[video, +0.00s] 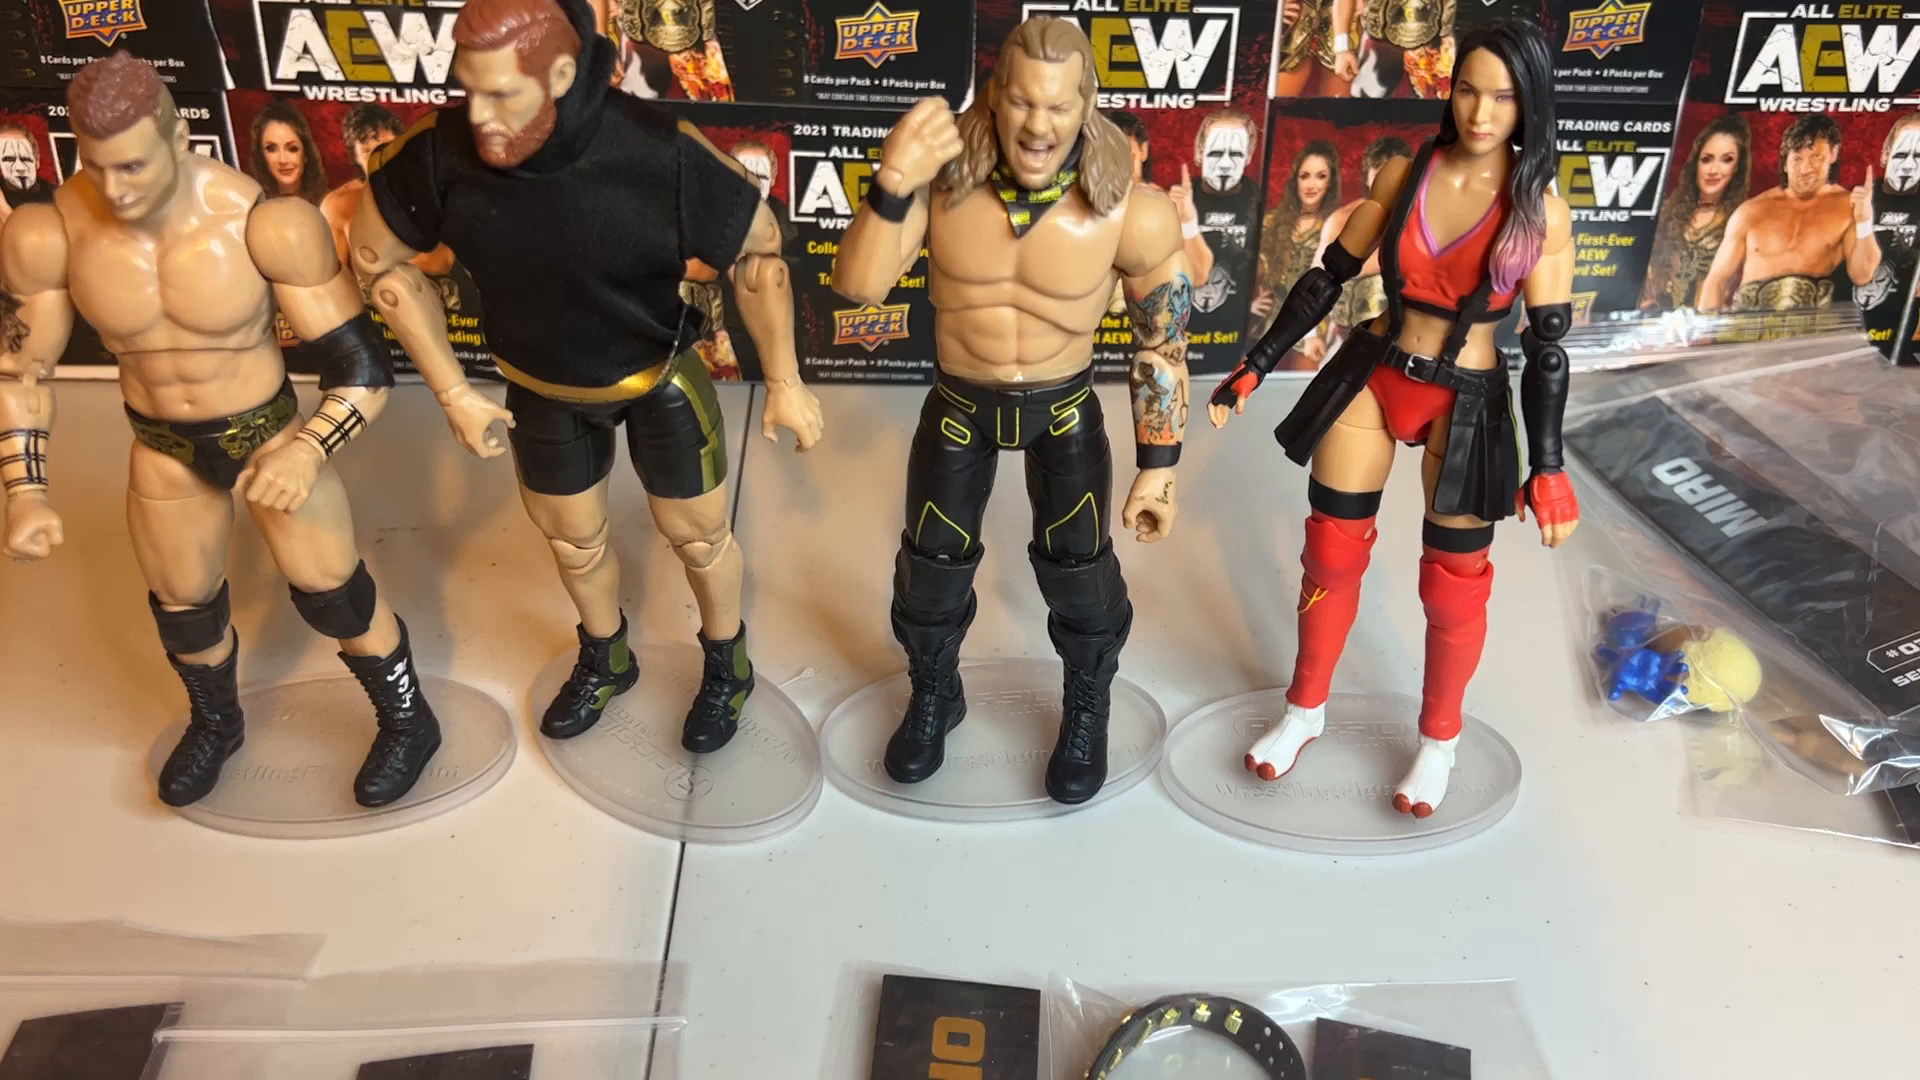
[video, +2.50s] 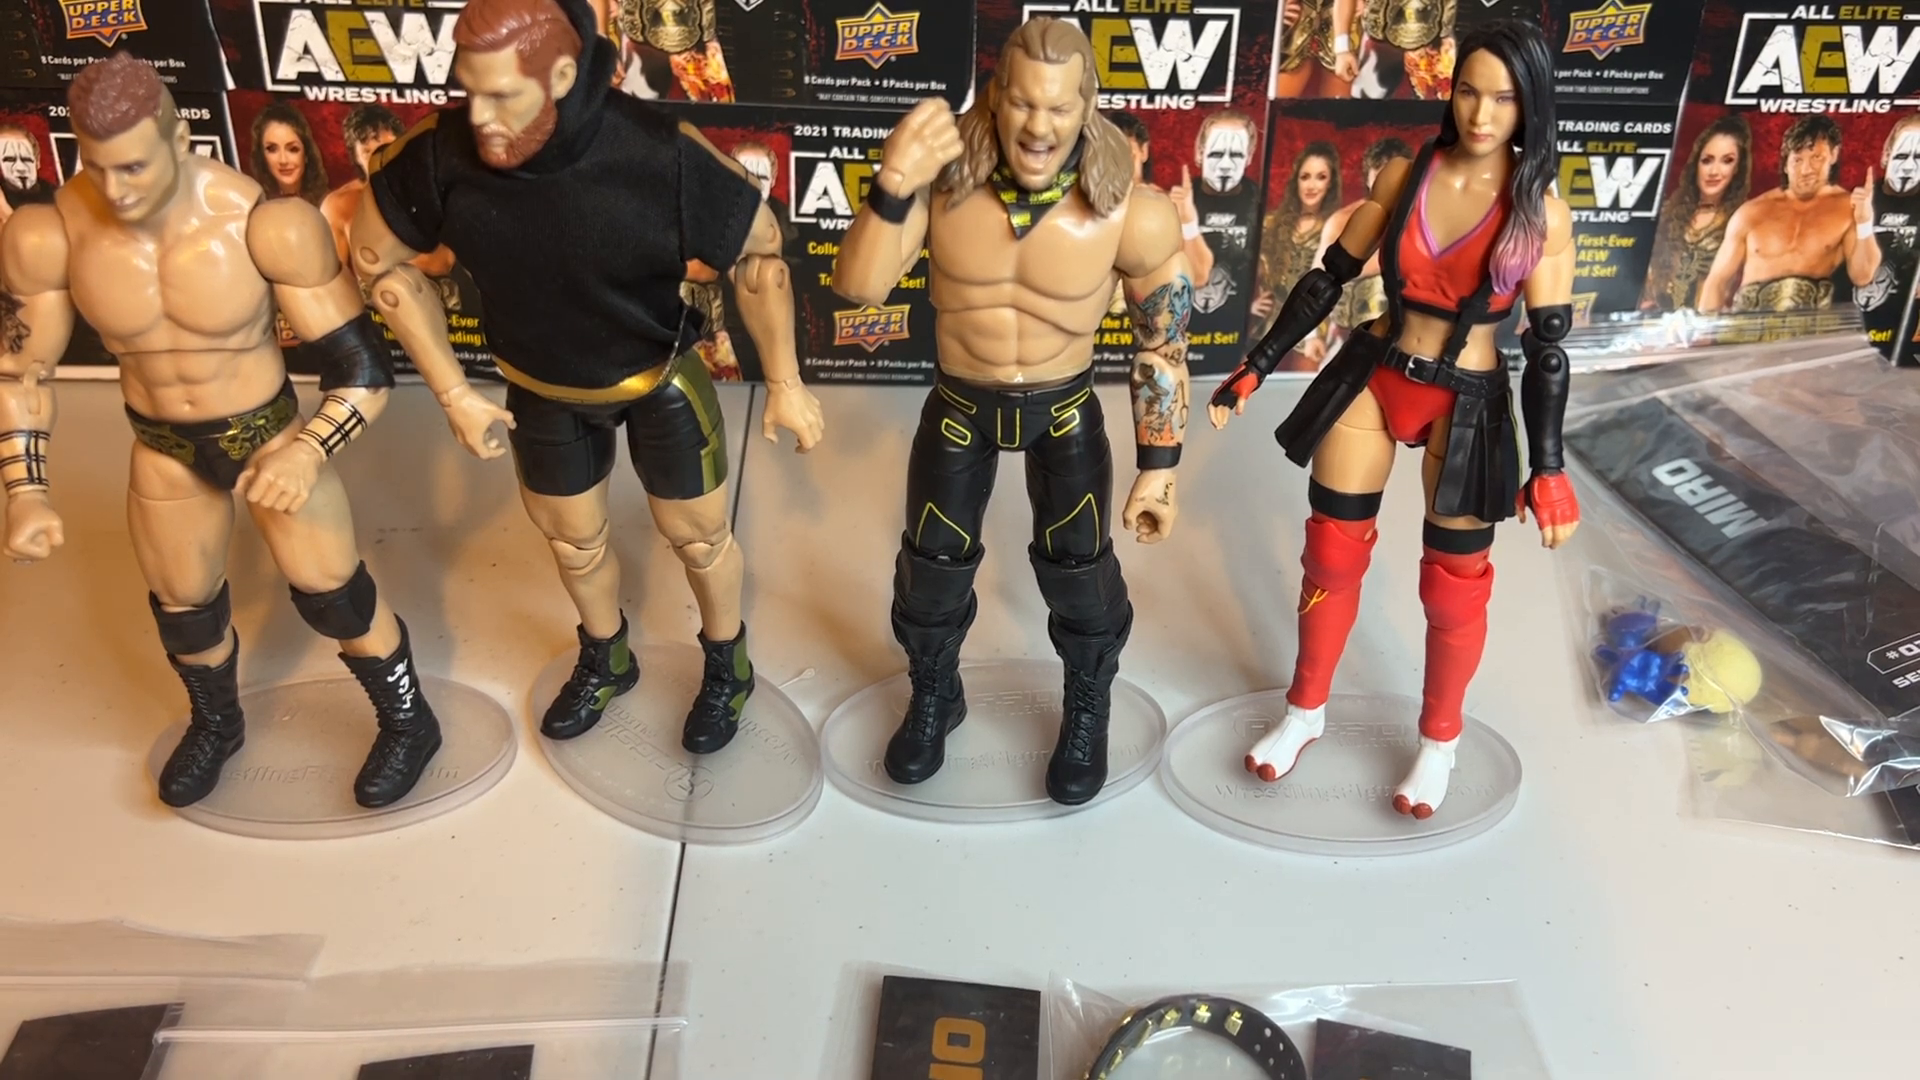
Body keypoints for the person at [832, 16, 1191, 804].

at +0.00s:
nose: (1039, 125)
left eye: (1059, 107)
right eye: (1023, 103)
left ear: (1086, 105)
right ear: (994, 94)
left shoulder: (1130, 207)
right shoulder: (943, 176)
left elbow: (1162, 337)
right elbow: (857, 285)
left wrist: (1160, 462)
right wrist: (891, 188)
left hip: (1064, 406)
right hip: (958, 402)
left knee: (1077, 567)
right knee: (932, 561)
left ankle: (1085, 712)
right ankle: (932, 699)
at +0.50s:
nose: (1039, 126)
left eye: (1059, 108)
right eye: (1023, 104)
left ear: (1086, 106)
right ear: (994, 95)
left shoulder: (1130, 207)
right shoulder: (943, 176)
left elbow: (1162, 337)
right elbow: (857, 285)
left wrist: (1161, 463)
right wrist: (892, 188)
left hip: (1064, 408)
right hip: (958, 403)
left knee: (1078, 568)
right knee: (932, 562)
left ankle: (1086, 714)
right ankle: (932, 698)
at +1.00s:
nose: (1039, 126)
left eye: (1059, 108)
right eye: (1024, 104)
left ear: (1086, 106)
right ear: (995, 95)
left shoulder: (1129, 207)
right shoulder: (943, 176)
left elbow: (1162, 336)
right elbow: (857, 287)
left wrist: (1161, 463)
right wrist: (892, 189)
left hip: (1064, 407)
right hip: (959, 403)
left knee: (1078, 568)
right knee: (932, 562)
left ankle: (1086, 714)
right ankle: (932, 699)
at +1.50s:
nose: (1040, 126)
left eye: (1060, 108)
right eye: (1024, 104)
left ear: (1086, 106)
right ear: (995, 95)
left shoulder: (1129, 206)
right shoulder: (943, 175)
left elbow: (1162, 337)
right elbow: (858, 286)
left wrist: (1161, 464)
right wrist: (892, 187)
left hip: (1064, 408)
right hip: (958, 402)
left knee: (1077, 567)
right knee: (933, 561)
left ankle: (1086, 712)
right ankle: (933, 697)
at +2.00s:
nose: (1039, 126)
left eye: (1059, 109)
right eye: (1023, 104)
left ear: (1086, 106)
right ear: (994, 94)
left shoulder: (1129, 207)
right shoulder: (943, 176)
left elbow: (1162, 337)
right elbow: (857, 287)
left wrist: (1161, 464)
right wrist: (892, 189)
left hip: (1064, 408)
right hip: (958, 403)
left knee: (1077, 568)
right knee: (932, 562)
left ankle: (1086, 712)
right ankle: (932, 699)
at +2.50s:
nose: (1039, 126)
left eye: (1059, 109)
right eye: (1024, 104)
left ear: (1086, 106)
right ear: (994, 95)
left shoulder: (1129, 207)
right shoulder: (943, 176)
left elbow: (1162, 337)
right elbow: (857, 286)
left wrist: (1161, 463)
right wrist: (892, 189)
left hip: (1064, 408)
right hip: (958, 403)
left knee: (1077, 568)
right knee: (932, 562)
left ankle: (1086, 712)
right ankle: (932, 699)